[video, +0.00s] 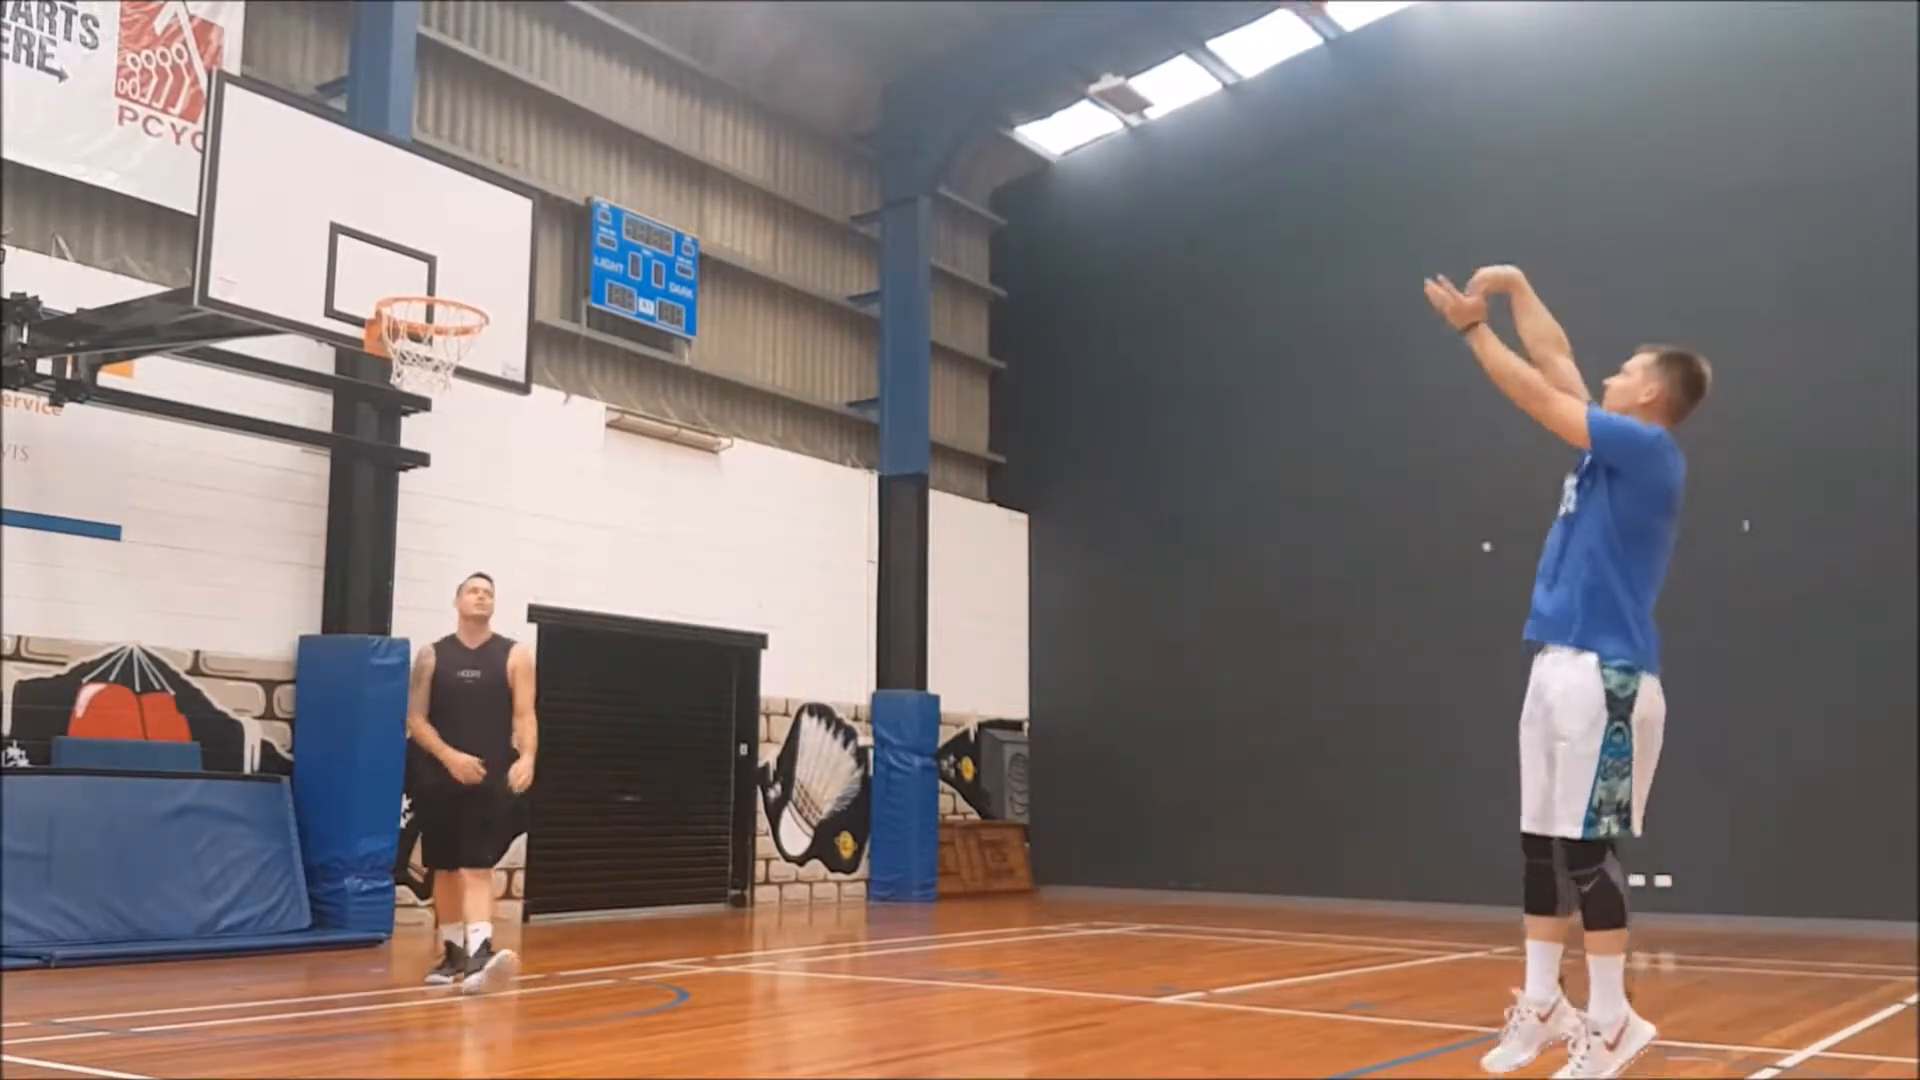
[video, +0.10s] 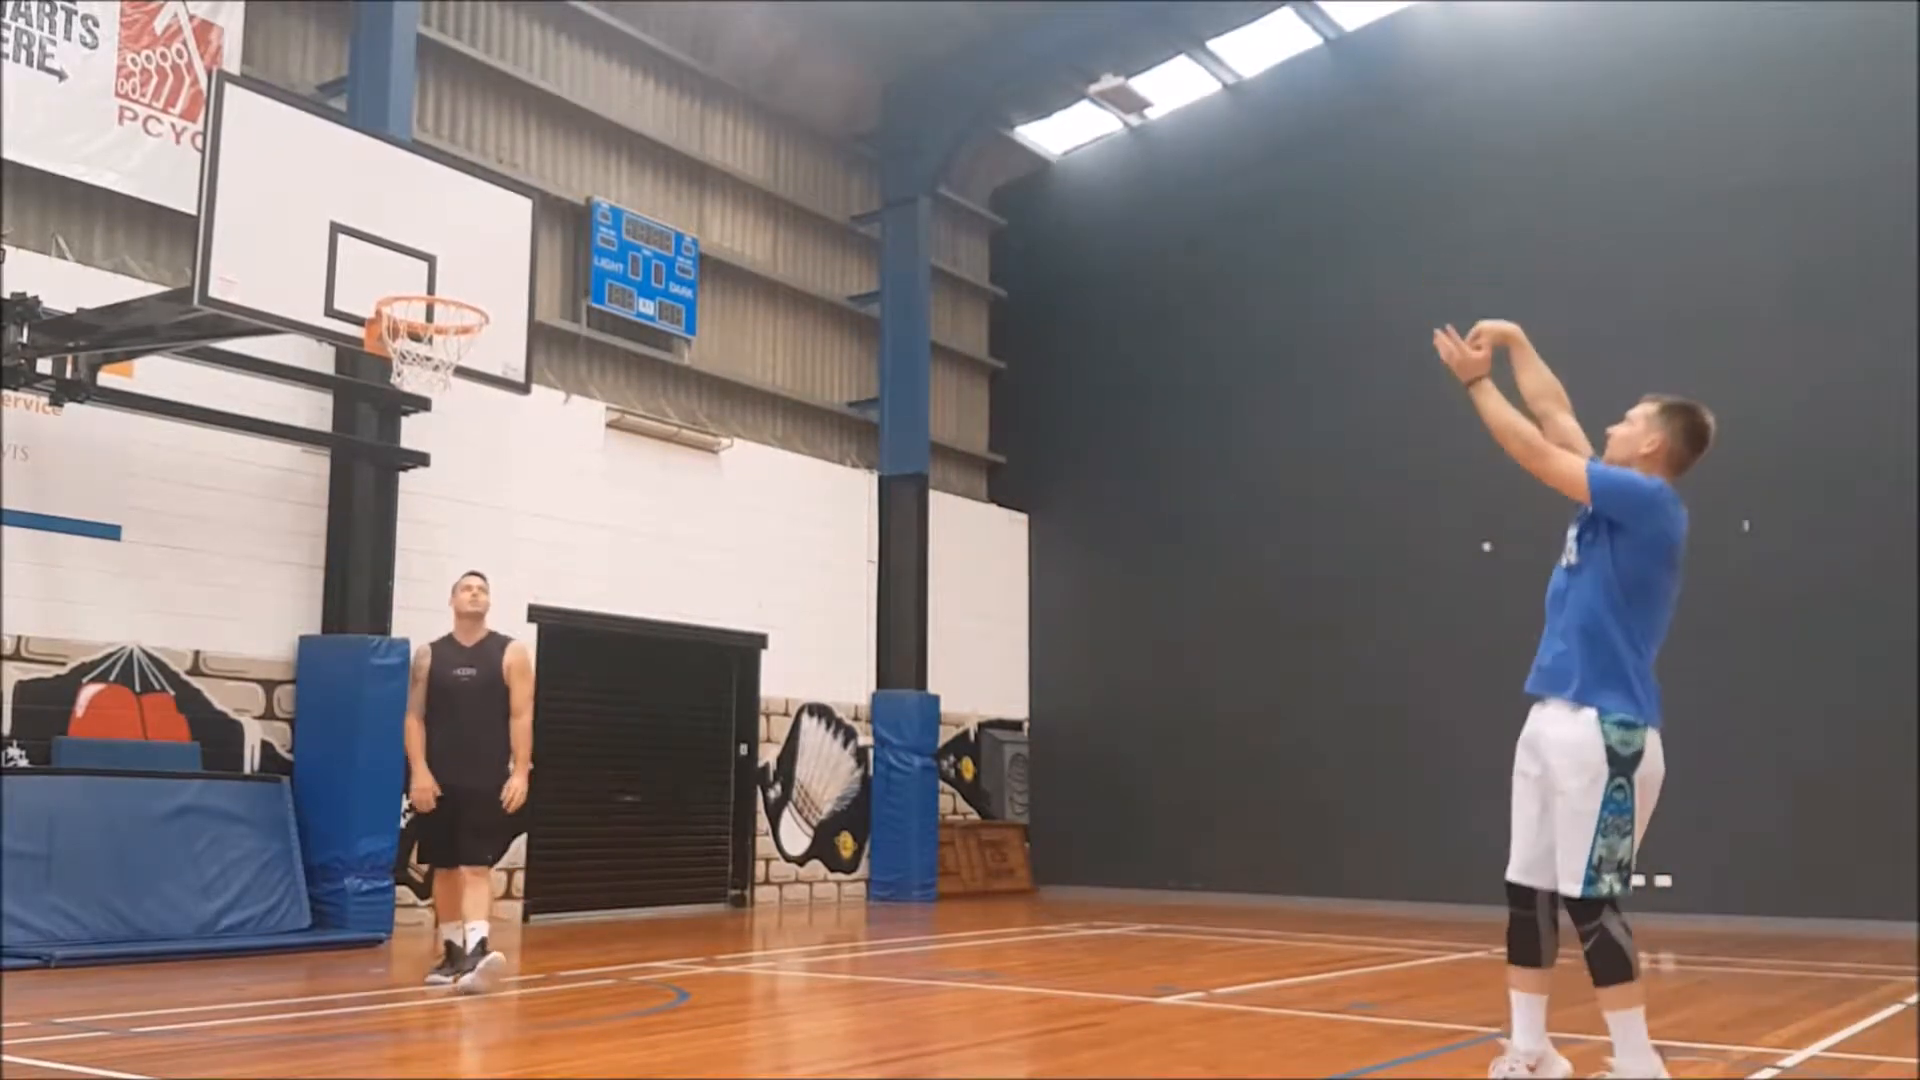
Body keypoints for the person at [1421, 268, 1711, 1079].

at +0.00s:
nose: (1615, 371)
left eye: (1630, 366)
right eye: (1625, 364)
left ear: (1654, 390)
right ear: (1645, 390)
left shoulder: (1646, 447)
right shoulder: (1614, 439)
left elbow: (1542, 400)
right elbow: (1556, 360)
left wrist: (1473, 329)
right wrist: (1517, 284)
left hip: (1606, 678)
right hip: (1556, 669)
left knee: (1586, 850)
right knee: (1540, 844)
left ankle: (1612, 1018)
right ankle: (1541, 1003)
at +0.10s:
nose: (1614, 425)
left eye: (1628, 420)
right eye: (1625, 418)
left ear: (1654, 444)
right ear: (1647, 445)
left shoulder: (1650, 502)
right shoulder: (1614, 495)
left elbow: (1535, 454)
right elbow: (1554, 416)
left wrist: (1476, 382)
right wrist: (1516, 339)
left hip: (1606, 733)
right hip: (1550, 725)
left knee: (1589, 901)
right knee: (1527, 892)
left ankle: (1638, 1064)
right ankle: (1527, 1052)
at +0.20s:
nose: (1613, 469)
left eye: (1629, 462)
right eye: (1625, 460)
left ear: (1655, 485)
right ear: (1653, 489)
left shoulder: (1656, 555)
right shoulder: (1617, 543)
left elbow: (1528, 519)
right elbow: (1558, 465)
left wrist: (1486, 441)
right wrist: (1524, 391)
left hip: (1612, 777)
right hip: (1560, 768)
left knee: (1588, 936)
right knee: (1500, 914)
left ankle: (1647, 1070)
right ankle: (1541, 1063)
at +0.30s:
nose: (1623, 458)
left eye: (1639, 452)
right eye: (1633, 450)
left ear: (1661, 477)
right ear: (1657, 479)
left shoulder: (1666, 551)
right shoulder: (1624, 536)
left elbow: (1534, 556)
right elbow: (1563, 472)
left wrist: (1485, 484)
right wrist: (1518, 399)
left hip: (1617, 769)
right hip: (1567, 757)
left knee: (1593, 923)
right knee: (1479, 879)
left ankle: (1649, 1069)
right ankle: (1522, 1039)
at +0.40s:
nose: (1627, 449)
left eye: (1643, 441)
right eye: (1637, 440)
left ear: (1668, 464)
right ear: (1664, 469)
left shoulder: (1671, 538)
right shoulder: (1634, 525)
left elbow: (1544, 574)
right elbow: (1567, 466)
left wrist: (1484, 511)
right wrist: (1517, 396)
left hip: (1630, 759)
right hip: (1577, 744)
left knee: (1618, 915)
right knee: (1484, 856)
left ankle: (1653, 1069)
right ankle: (1489, 1025)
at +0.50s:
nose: (1628, 445)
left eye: (1644, 439)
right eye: (1639, 436)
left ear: (1669, 464)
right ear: (1665, 466)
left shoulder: (1673, 540)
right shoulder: (1629, 520)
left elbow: (1562, 603)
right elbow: (1570, 470)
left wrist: (1482, 551)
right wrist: (1523, 403)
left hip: (1642, 763)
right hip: (1588, 748)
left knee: (1631, 915)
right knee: (1500, 863)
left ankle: (1654, 1069)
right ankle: (1457, 1021)